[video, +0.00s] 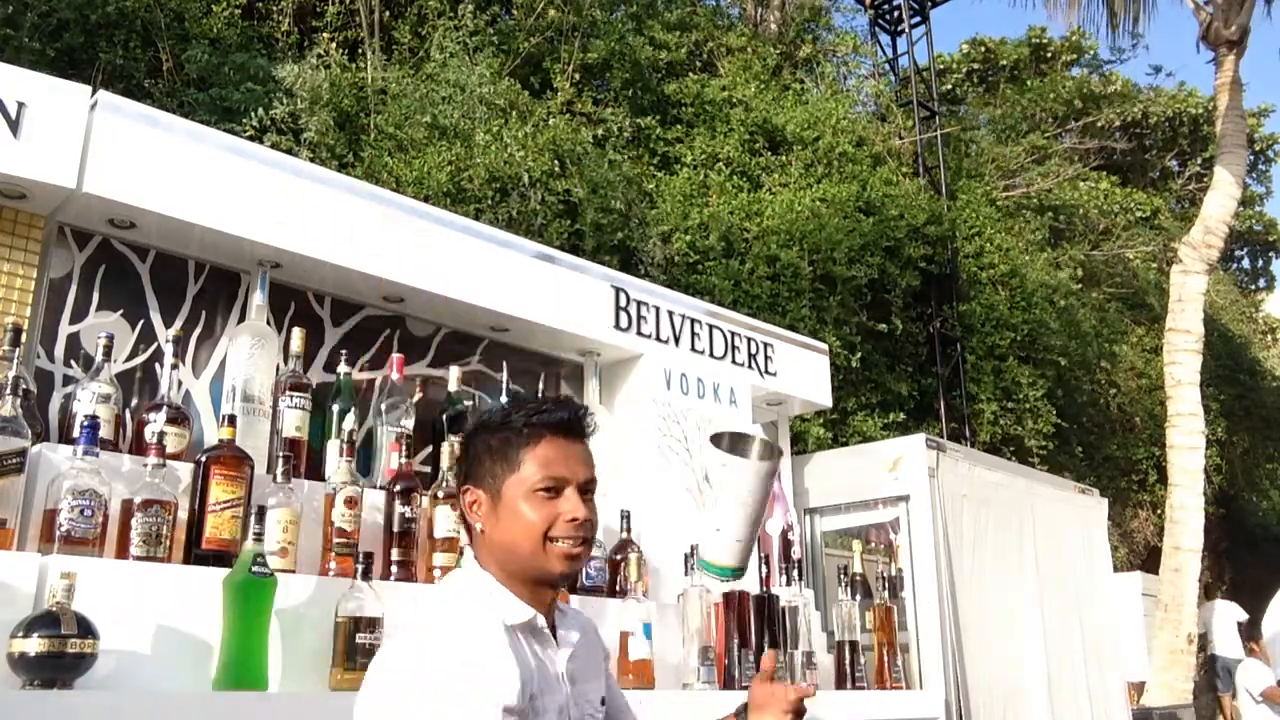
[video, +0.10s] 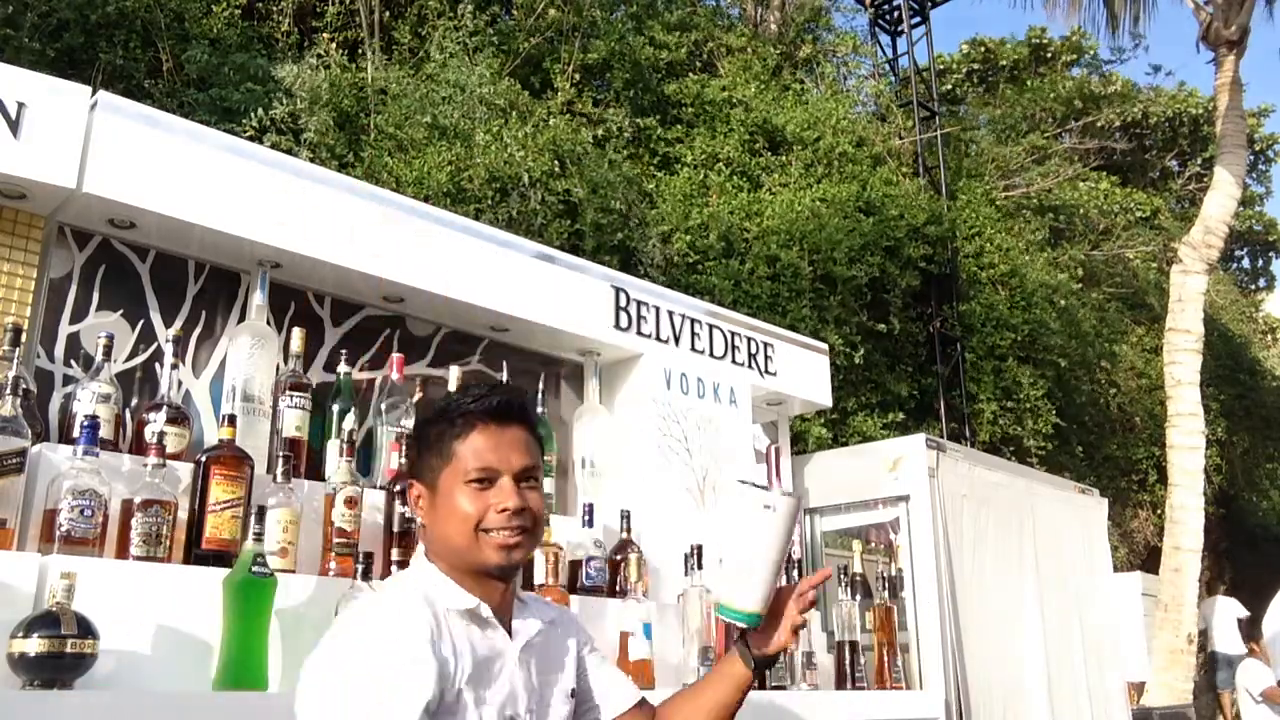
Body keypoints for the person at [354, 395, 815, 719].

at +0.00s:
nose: (582, 512)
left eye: (586, 492)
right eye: (550, 492)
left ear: (595, 495)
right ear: (477, 510)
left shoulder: (580, 631)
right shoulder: (447, 655)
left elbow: (620, 718)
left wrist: (745, 716)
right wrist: (752, 719)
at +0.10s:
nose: (517, 502)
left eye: (529, 480)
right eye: (483, 482)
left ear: (544, 492)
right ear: (420, 501)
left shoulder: (556, 631)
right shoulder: (385, 637)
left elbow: (643, 716)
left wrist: (745, 660)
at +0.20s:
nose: (460, 491)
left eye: (476, 469)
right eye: (429, 472)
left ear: (496, 490)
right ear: (375, 499)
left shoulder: (541, 628)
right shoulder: (307, 624)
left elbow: (649, 717)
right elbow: (283, 709)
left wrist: (674, 658)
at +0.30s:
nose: (419, 482)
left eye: (439, 462)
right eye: (389, 468)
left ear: (467, 493)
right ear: (344, 506)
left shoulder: (505, 616)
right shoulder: (278, 628)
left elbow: (632, 700)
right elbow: (246, 707)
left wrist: (477, 616)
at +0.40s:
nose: (403, 474)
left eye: (422, 458)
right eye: (373, 465)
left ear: (456, 491)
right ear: (335, 513)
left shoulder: (498, 589)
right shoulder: (286, 623)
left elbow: (543, 623)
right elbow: (225, 712)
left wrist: (316, 587)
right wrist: (162, 710)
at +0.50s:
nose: (414, 463)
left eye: (429, 450)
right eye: (381, 455)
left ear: (455, 486)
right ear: (337, 509)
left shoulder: (506, 589)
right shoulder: (297, 606)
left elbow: (515, 581)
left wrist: (293, 551)